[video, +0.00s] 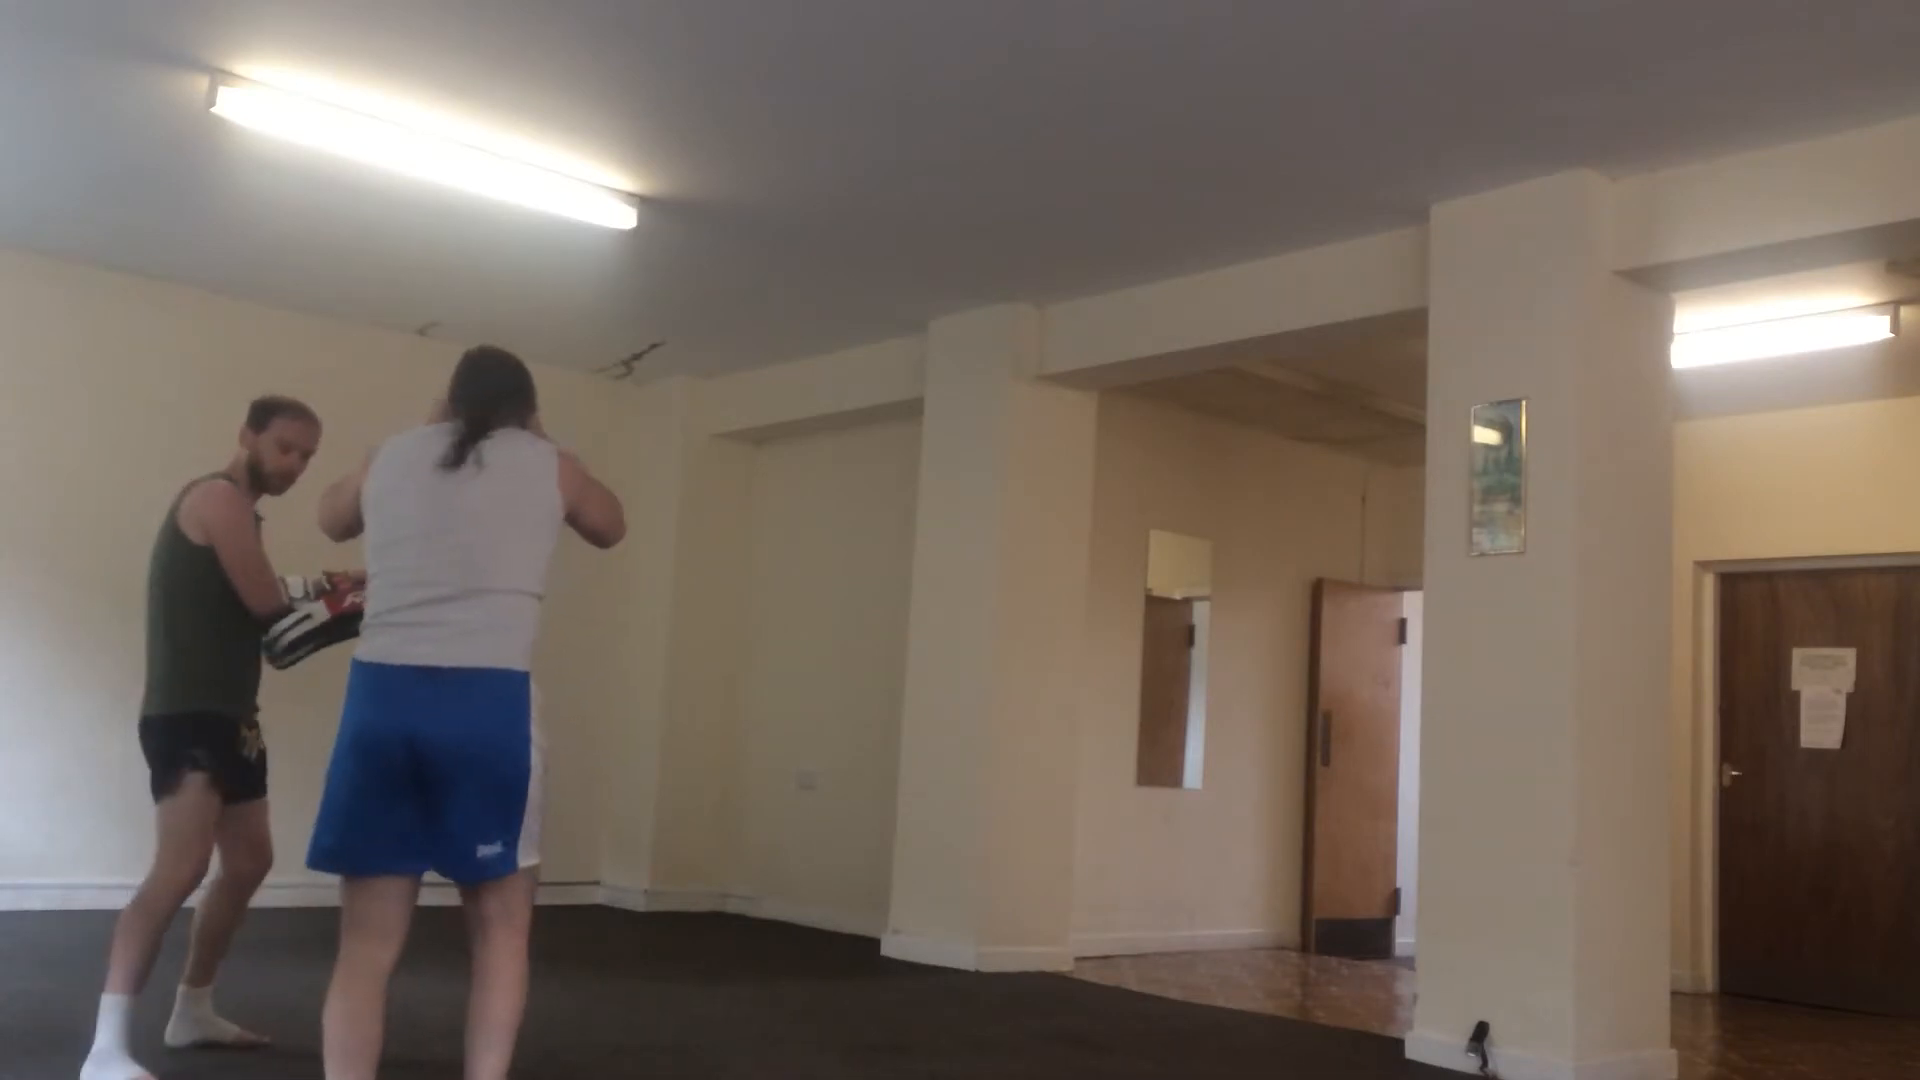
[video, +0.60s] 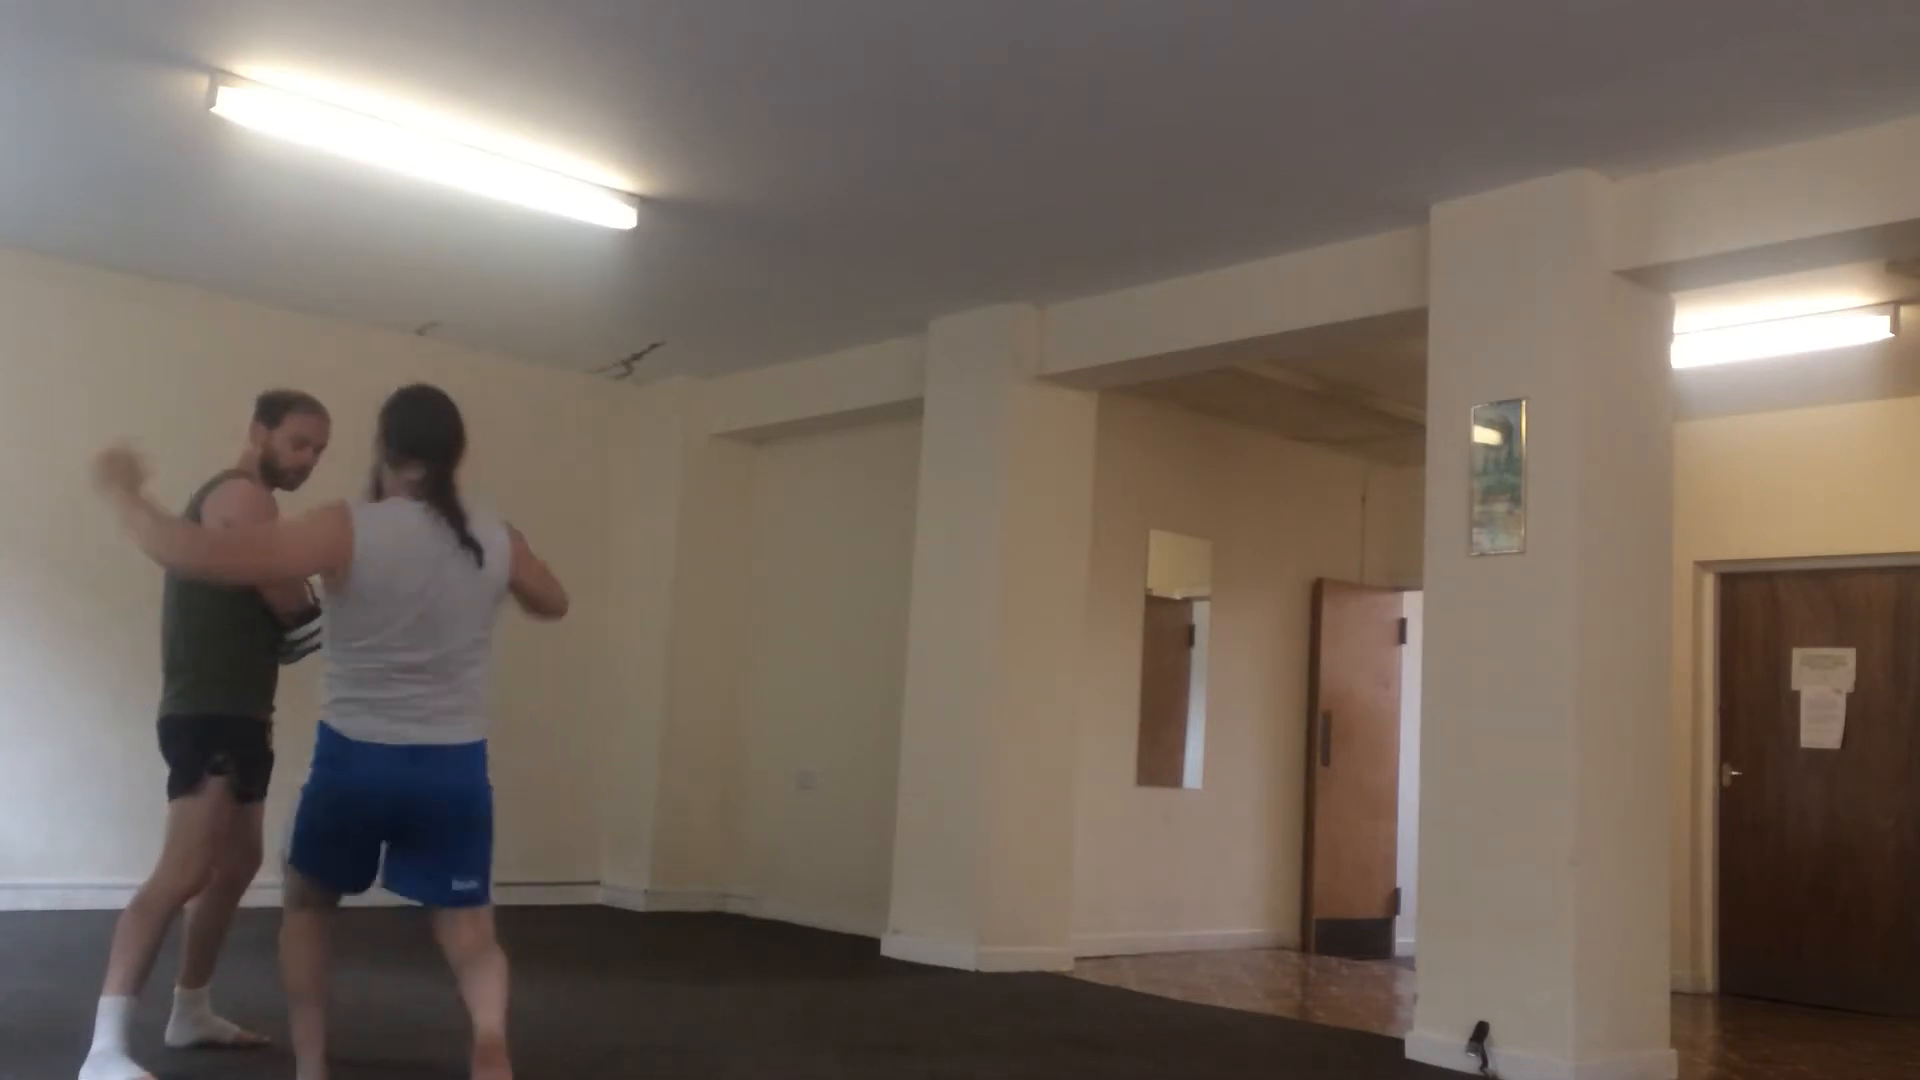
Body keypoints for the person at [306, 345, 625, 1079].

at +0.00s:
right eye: (535, 411)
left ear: (450, 398)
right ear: (527, 408)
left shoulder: (393, 456)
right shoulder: (548, 464)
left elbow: (333, 515)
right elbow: (610, 526)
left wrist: (410, 457)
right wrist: (555, 462)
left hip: (381, 710)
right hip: (488, 713)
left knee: (367, 940)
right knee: (500, 930)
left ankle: (346, 1075)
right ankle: (484, 1072)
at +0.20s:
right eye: (541, 425)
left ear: (459, 427)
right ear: (535, 431)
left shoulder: (402, 483)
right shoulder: (557, 492)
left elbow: (321, 505)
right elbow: (629, 528)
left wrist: (408, 481)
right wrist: (560, 451)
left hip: (378, 730)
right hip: (485, 736)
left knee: (365, 946)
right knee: (509, 950)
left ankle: (345, 1073)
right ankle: (478, 1075)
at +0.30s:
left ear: (466, 454)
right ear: (542, 461)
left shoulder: (406, 510)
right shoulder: (560, 521)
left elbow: (285, 533)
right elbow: (642, 546)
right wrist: (571, 472)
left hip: (373, 757)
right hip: (479, 765)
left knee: (355, 924)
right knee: (525, 963)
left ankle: (314, 1072)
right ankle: (489, 1076)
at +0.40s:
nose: (451, 464)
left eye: (454, 455)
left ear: (454, 460)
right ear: (528, 466)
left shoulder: (395, 519)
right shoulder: (556, 533)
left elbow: (264, 560)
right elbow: (623, 558)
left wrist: (151, 583)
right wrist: (554, 484)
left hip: (364, 762)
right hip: (466, 775)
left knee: (340, 912)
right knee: (523, 975)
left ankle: (302, 1069)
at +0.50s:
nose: (409, 457)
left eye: (414, 447)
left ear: (422, 453)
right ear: (493, 459)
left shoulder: (375, 520)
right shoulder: (526, 535)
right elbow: (582, 566)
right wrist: (508, 492)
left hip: (358, 766)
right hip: (459, 776)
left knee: (323, 910)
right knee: (498, 986)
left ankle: (310, 1066)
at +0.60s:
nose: (369, 450)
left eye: (372, 440)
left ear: (385, 448)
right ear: (458, 454)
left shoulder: (346, 527)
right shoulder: (494, 539)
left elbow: (199, 552)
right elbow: (551, 601)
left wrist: (125, 498)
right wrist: (487, 561)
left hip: (353, 767)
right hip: (454, 771)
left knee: (309, 906)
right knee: (472, 933)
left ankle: (311, 1066)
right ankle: (493, 1049)